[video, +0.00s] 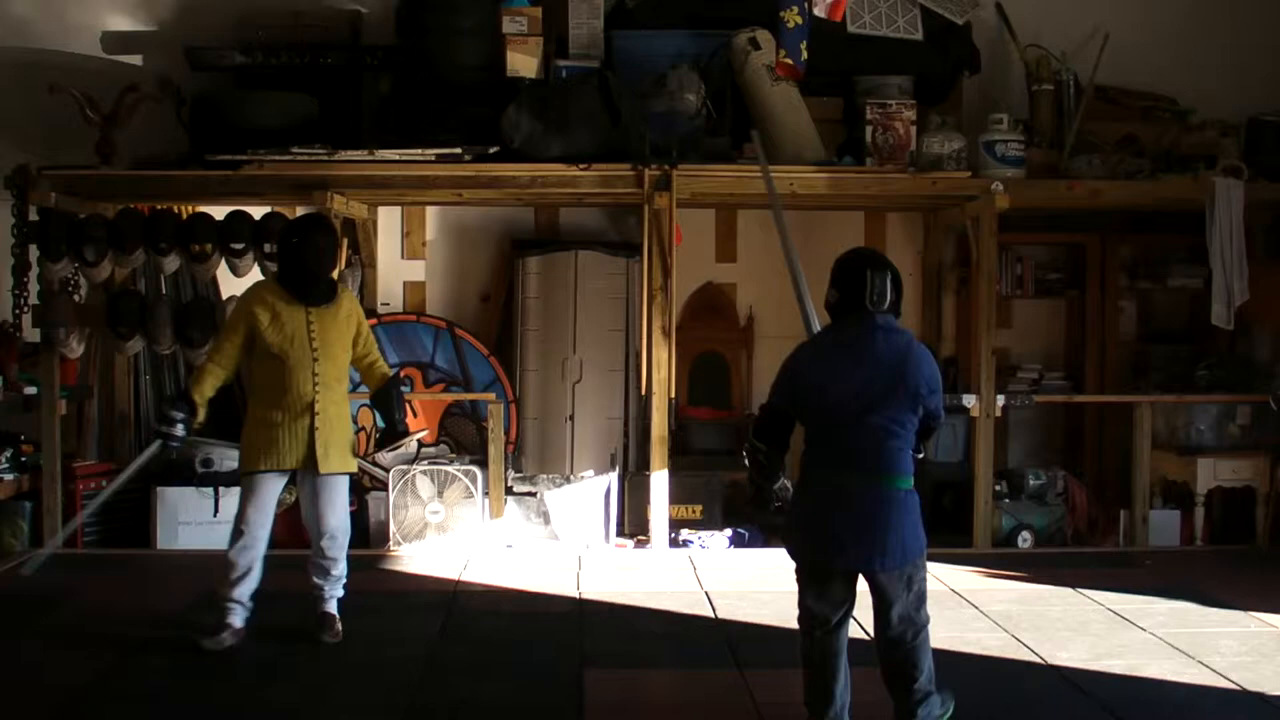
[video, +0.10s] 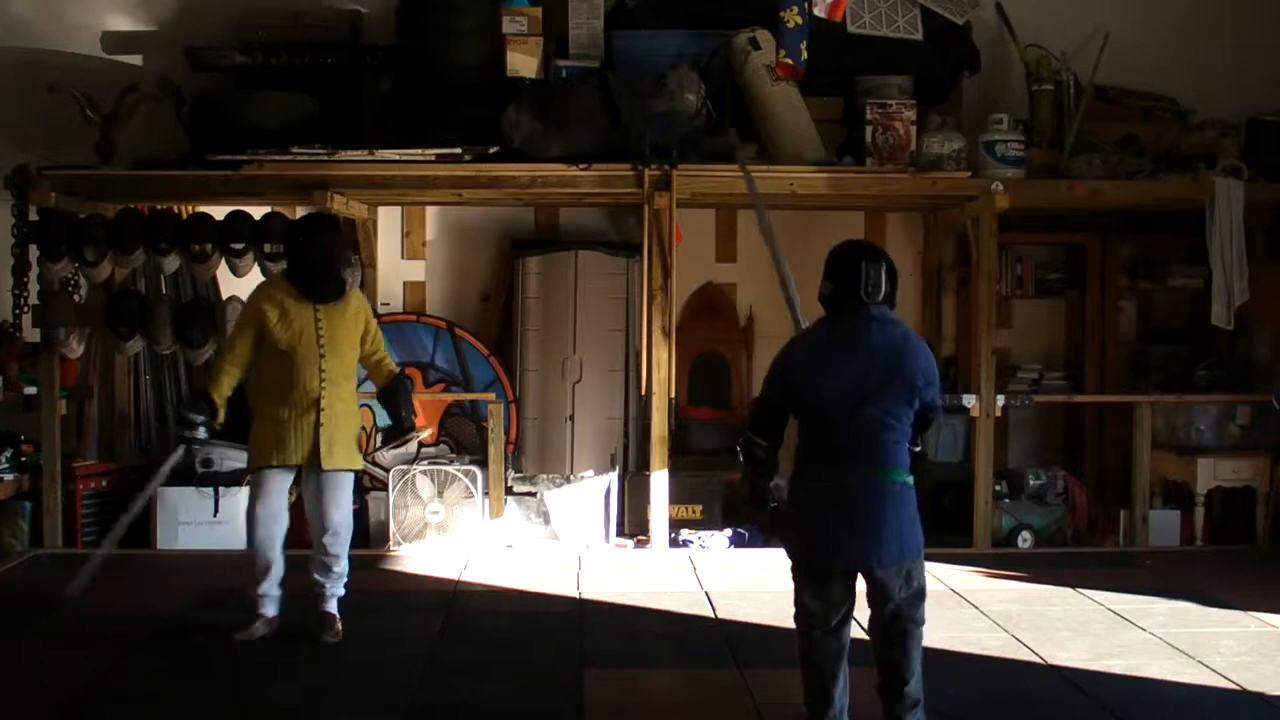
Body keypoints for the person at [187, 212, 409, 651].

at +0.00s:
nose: (326, 262)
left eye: (331, 253)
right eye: (317, 252)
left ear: (336, 258)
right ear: (293, 254)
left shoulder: (346, 306)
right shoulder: (258, 302)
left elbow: (369, 359)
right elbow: (221, 359)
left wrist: (389, 389)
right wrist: (192, 403)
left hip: (330, 440)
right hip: (271, 439)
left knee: (332, 531)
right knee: (249, 530)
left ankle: (329, 607)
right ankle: (234, 617)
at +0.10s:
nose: (339, 271)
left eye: (343, 262)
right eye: (329, 262)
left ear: (344, 262)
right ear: (304, 259)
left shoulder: (355, 305)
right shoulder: (269, 299)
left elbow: (377, 357)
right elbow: (233, 358)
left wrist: (396, 388)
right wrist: (208, 406)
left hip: (336, 436)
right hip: (277, 435)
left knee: (335, 527)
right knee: (263, 527)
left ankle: (330, 606)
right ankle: (266, 610)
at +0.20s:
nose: (348, 262)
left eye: (350, 253)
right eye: (337, 253)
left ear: (354, 257)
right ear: (311, 255)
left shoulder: (365, 305)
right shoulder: (277, 301)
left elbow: (386, 359)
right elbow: (251, 362)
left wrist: (407, 390)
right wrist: (237, 404)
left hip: (345, 434)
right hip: (288, 432)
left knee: (338, 525)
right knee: (279, 515)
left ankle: (330, 601)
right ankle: (304, 579)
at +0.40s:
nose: (349, 270)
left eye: (356, 261)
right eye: (340, 260)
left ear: (365, 263)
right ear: (323, 261)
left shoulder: (380, 309)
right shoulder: (296, 304)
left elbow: (405, 365)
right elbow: (277, 366)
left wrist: (430, 412)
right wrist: (276, 417)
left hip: (363, 427)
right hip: (312, 429)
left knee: (351, 517)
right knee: (330, 516)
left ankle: (335, 601)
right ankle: (365, 574)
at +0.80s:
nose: (364, 266)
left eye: (372, 256)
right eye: (356, 257)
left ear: (389, 256)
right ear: (346, 259)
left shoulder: (413, 299)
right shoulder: (332, 306)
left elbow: (444, 339)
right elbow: (321, 373)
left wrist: (465, 374)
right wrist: (313, 426)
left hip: (404, 420)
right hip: (355, 424)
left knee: (391, 502)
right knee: (362, 510)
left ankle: (393, 585)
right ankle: (374, 583)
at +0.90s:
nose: (379, 268)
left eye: (386, 259)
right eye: (371, 260)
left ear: (399, 257)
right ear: (359, 260)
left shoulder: (425, 296)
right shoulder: (342, 302)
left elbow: (458, 337)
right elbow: (328, 366)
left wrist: (470, 368)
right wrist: (315, 416)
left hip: (415, 417)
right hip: (364, 420)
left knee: (415, 502)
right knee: (370, 509)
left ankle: (429, 577)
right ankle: (378, 584)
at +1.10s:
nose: (406, 268)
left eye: (414, 259)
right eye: (399, 259)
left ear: (429, 259)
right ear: (387, 260)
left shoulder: (452, 297)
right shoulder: (369, 302)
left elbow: (489, 335)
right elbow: (345, 357)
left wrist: (485, 371)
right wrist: (320, 400)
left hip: (441, 419)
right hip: (385, 424)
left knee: (466, 503)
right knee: (379, 512)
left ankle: (490, 571)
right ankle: (380, 586)